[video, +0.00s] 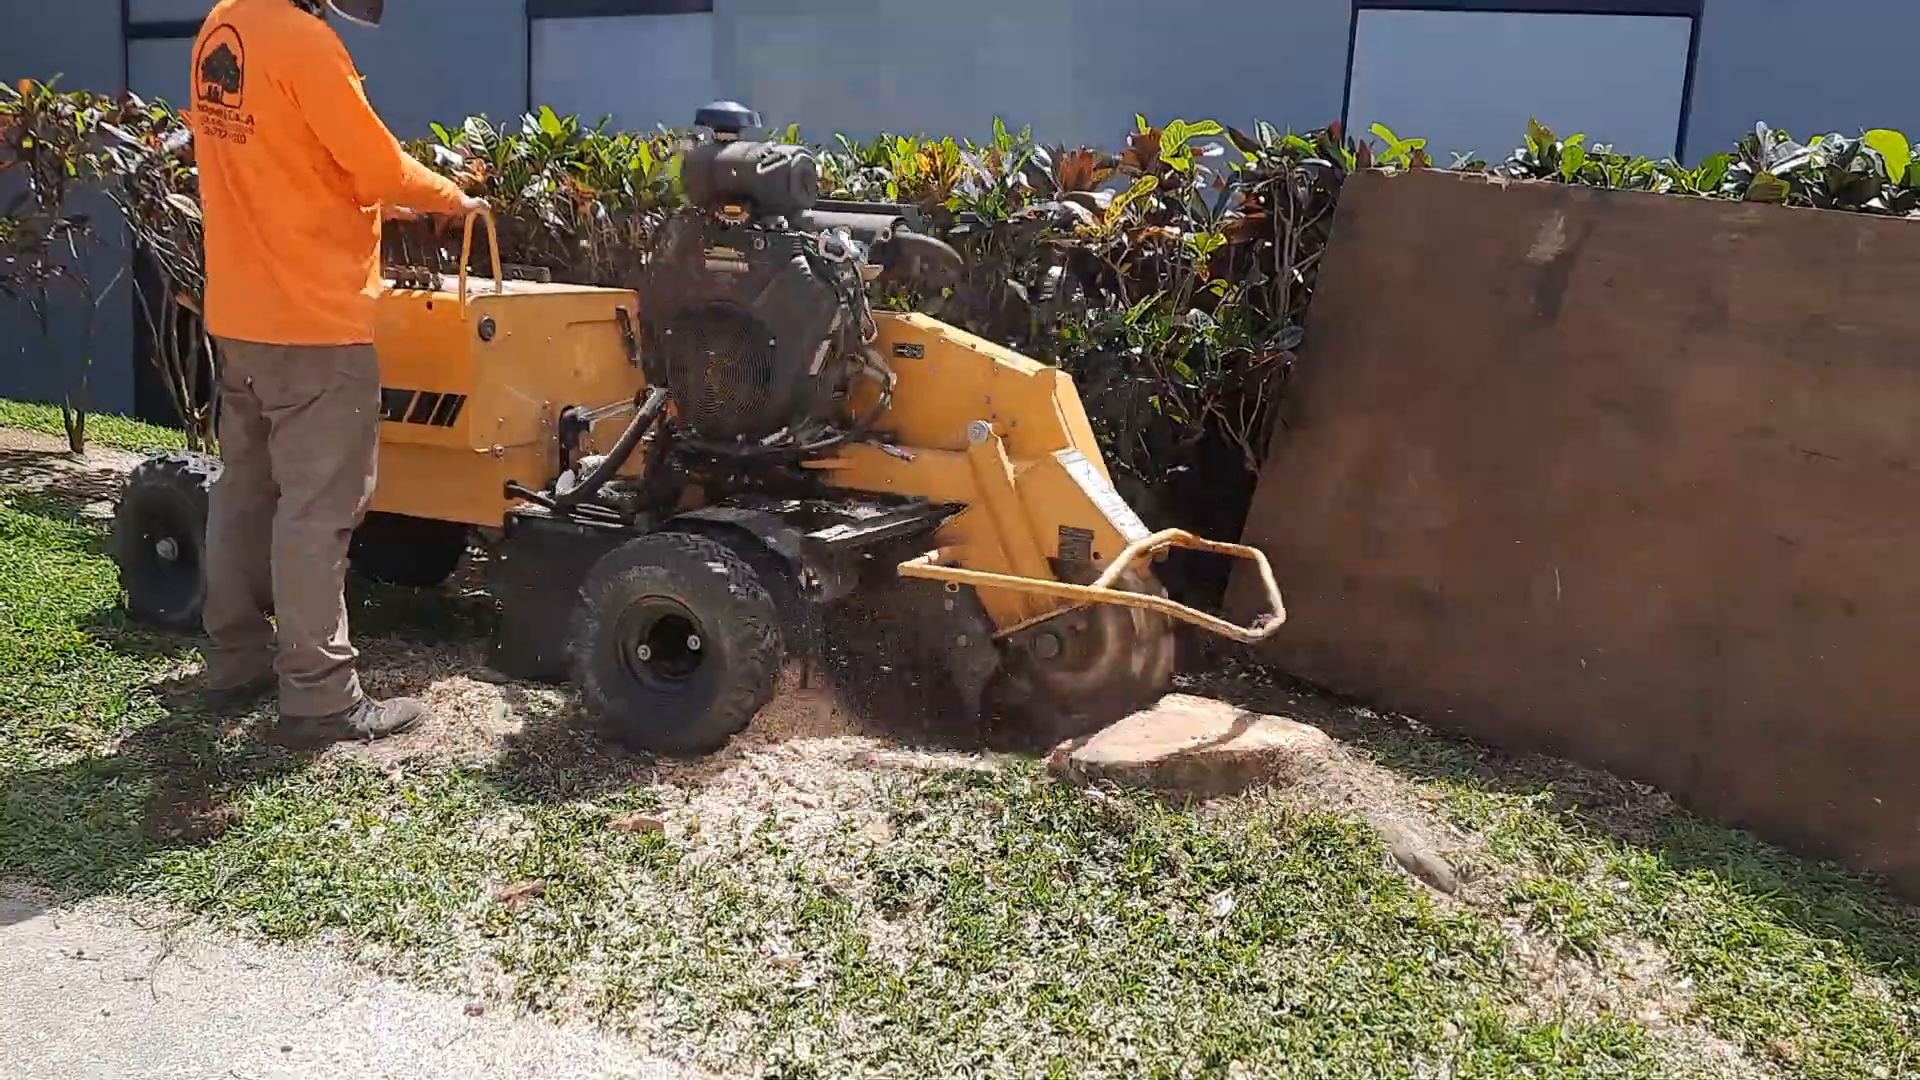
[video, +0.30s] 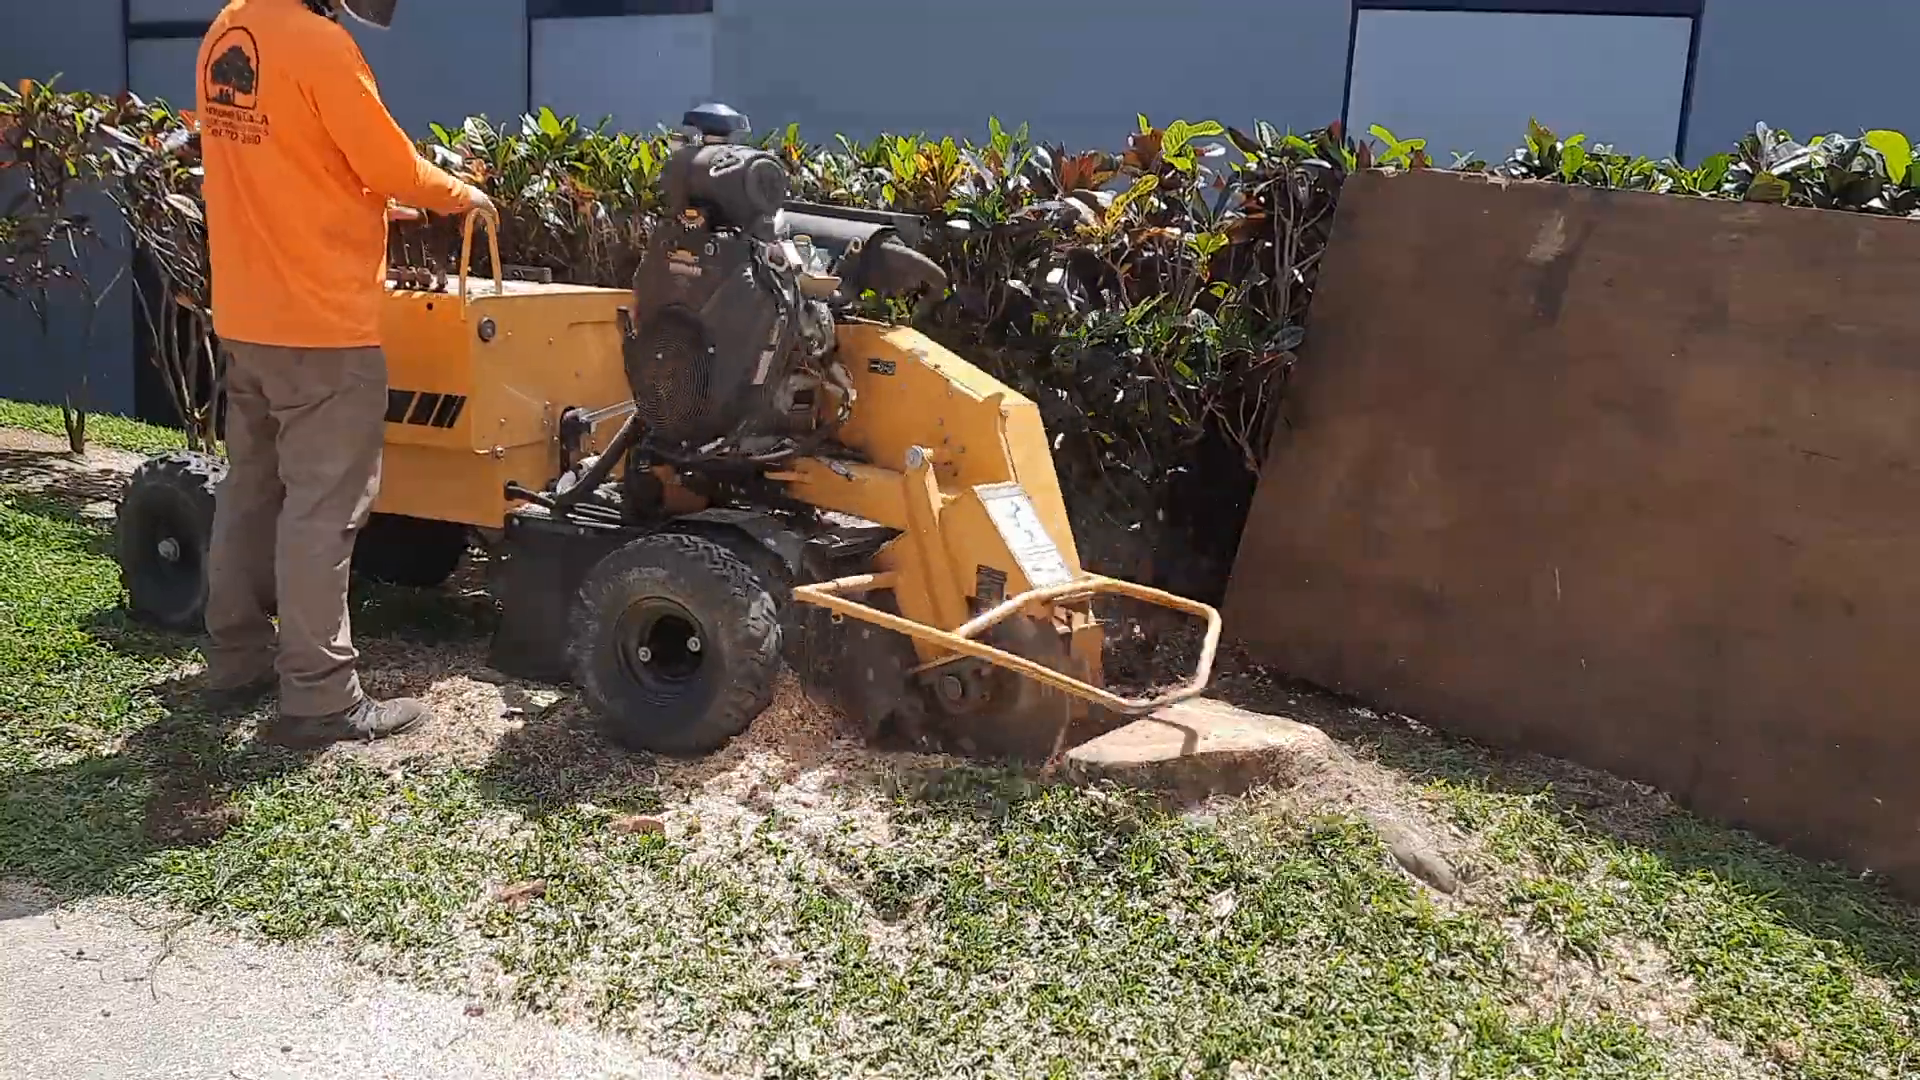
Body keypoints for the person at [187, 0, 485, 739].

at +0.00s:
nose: (372, 10)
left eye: (371, 4)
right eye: (367, 1)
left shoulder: (222, 24)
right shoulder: (308, 43)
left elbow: (282, 165)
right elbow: (381, 169)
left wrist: (393, 195)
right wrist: (451, 197)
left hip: (238, 316)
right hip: (314, 323)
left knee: (244, 492)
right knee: (319, 503)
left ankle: (235, 662)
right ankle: (318, 697)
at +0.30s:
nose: (373, 15)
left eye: (373, 9)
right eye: (370, 5)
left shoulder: (226, 29)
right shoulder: (323, 48)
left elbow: (280, 161)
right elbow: (393, 169)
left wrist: (391, 190)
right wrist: (459, 194)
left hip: (244, 319)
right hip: (323, 325)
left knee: (251, 493)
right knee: (325, 503)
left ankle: (237, 662)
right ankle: (318, 695)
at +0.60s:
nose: (374, 12)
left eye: (375, 6)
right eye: (370, 3)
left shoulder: (228, 24)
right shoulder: (322, 54)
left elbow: (301, 156)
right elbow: (396, 178)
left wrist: (410, 189)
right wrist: (456, 202)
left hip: (246, 322)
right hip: (326, 328)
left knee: (251, 490)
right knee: (327, 503)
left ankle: (237, 660)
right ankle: (318, 697)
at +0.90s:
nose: (368, 15)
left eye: (371, 10)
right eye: (367, 6)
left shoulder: (215, 26)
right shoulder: (312, 43)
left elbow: (262, 158)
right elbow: (376, 176)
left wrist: (378, 200)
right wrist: (421, 202)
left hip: (234, 321)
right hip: (318, 327)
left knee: (244, 494)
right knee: (326, 505)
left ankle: (235, 661)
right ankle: (320, 696)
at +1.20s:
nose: (361, 11)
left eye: (363, 6)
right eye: (358, 2)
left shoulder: (215, 34)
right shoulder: (322, 56)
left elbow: (287, 157)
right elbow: (397, 176)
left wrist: (388, 198)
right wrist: (456, 201)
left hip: (245, 323)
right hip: (330, 328)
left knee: (247, 494)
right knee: (329, 505)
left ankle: (236, 660)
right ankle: (321, 695)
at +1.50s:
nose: (373, 11)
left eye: (370, 6)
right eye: (367, 3)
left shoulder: (220, 25)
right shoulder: (312, 48)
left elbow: (282, 159)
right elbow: (380, 174)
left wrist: (395, 195)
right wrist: (441, 200)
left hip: (239, 320)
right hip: (319, 325)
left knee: (246, 493)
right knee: (324, 504)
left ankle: (238, 662)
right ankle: (321, 696)